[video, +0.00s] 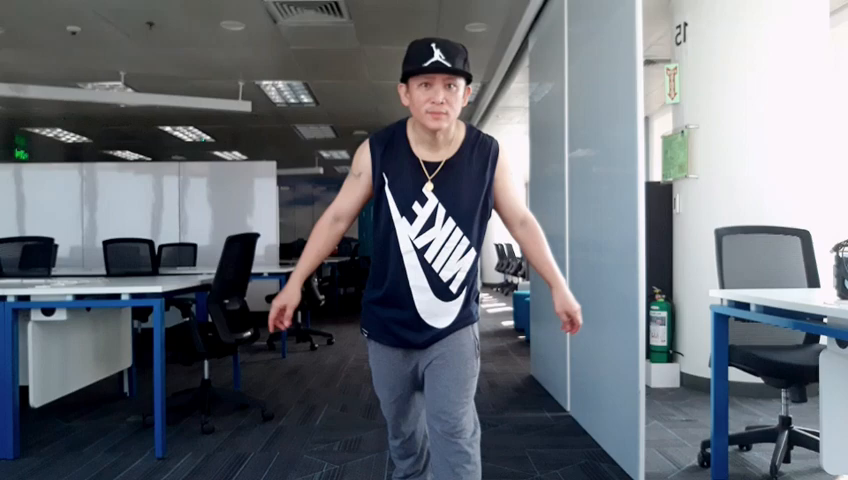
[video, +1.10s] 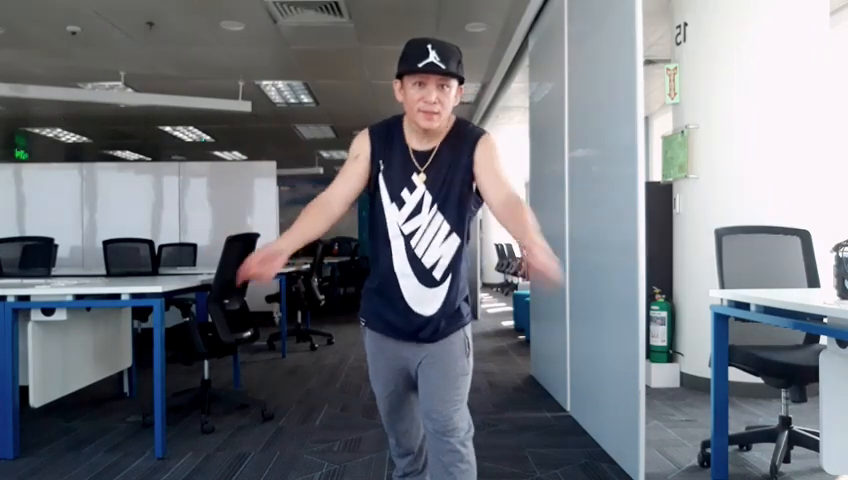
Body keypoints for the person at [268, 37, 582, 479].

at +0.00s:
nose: (438, 96)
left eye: (450, 85)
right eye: (426, 85)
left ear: (466, 95)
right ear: (404, 94)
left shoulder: (486, 153)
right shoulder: (376, 151)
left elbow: (521, 222)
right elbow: (335, 219)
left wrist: (559, 286)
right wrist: (294, 283)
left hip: (453, 326)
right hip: (388, 326)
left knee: (455, 438)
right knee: (402, 433)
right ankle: (408, 473)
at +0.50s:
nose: (444, 101)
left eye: (455, 90)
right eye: (432, 90)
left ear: (472, 97)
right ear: (409, 96)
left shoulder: (490, 155)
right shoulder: (379, 151)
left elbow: (534, 215)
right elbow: (314, 198)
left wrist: (598, 230)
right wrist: (246, 212)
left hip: (454, 328)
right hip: (390, 327)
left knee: (454, 434)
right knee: (401, 428)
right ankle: (406, 472)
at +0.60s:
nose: (442, 97)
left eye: (454, 85)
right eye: (430, 84)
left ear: (471, 94)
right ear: (409, 92)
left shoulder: (490, 151)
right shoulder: (379, 144)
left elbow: (537, 212)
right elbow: (319, 184)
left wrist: (591, 198)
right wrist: (258, 170)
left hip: (455, 328)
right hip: (390, 327)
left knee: (455, 435)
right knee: (401, 427)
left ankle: (458, 479)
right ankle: (407, 472)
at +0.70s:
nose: (443, 97)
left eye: (454, 86)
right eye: (431, 85)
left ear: (471, 93)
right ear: (410, 89)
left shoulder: (487, 142)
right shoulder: (384, 133)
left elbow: (502, 201)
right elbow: (346, 184)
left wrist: (531, 171)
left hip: (453, 324)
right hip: (389, 323)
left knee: (456, 436)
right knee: (401, 432)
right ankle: (409, 471)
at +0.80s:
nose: (444, 96)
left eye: (455, 86)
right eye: (432, 84)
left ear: (470, 93)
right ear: (411, 88)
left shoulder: (483, 136)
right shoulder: (383, 129)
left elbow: (480, 191)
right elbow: (355, 186)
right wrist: (383, 180)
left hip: (452, 322)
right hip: (387, 320)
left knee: (455, 440)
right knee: (401, 436)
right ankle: (409, 470)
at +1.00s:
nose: (438, 96)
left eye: (448, 86)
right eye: (426, 84)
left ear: (464, 94)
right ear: (405, 90)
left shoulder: (476, 138)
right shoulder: (378, 135)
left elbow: (479, 181)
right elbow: (349, 192)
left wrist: (446, 174)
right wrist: (358, 201)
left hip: (448, 324)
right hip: (385, 321)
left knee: (450, 436)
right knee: (398, 428)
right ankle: (406, 470)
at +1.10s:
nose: (430, 96)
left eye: (442, 85)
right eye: (419, 84)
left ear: (458, 93)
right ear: (399, 90)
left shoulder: (475, 145)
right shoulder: (373, 143)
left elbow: (505, 201)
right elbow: (331, 203)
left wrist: (533, 242)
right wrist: (281, 247)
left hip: (446, 323)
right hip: (384, 322)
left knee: (448, 431)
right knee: (398, 427)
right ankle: (407, 470)